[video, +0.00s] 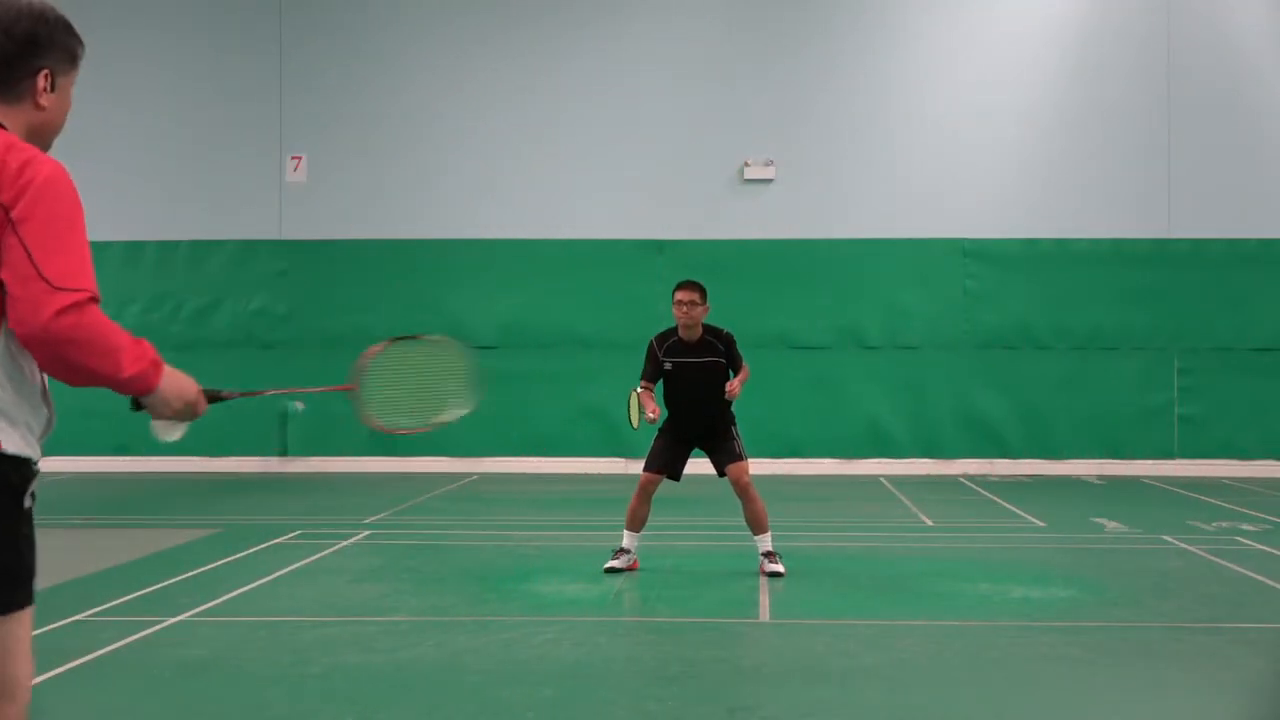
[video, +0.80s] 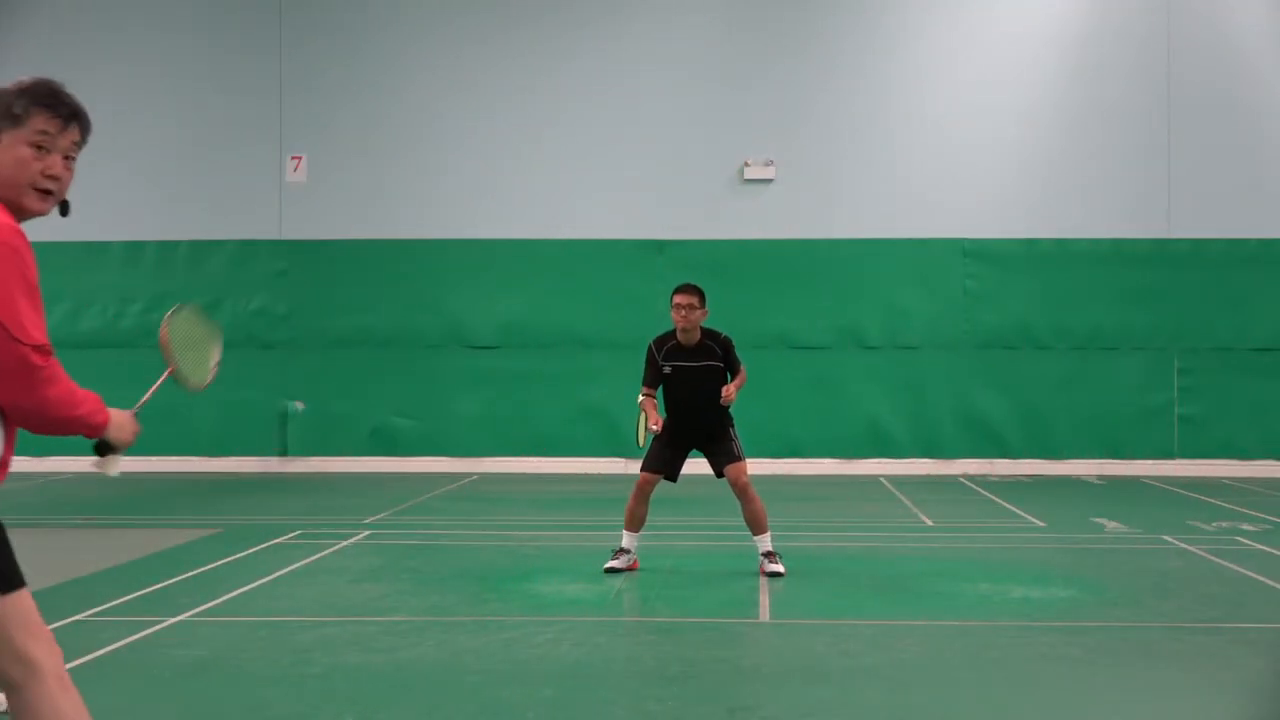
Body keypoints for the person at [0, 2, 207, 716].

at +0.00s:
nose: (69, 108)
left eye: (69, 89)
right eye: (70, 88)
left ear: (19, 86)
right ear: (44, 86)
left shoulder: (22, 175)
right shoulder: (27, 173)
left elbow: (39, 313)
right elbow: (49, 316)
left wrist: (142, 375)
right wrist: (152, 378)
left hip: (8, 457)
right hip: (1, 456)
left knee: (13, 684)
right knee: (8, 689)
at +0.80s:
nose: (57, 169)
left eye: (69, 158)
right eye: (40, 146)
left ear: (73, 170)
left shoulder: (11, 234)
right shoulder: (5, 235)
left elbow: (21, 370)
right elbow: (22, 375)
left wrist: (91, 419)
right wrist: (100, 420)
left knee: (32, 667)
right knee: (36, 668)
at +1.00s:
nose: (147, 186)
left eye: (151, 171)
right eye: (136, 166)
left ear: (78, 162)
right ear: (80, 159)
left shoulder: (14, 213)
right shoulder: (81, 248)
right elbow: (132, 387)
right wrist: (187, 435)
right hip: (19, 485)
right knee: (105, 654)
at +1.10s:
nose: (172, 185)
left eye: (174, 168)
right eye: (170, 166)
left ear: (89, 154)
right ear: (132, 161)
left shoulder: (10, 204)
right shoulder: (121, 247)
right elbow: (175, 392)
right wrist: (211, 429)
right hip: (32, 474)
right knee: (115, 652)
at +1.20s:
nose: (171, 179)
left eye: (174, 162)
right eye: (173, 161)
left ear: (87, 147)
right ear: (151, 158)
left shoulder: (8, 197)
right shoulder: (141, 242)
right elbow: (191, 382)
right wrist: (221, 412)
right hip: (40, 459)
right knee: (119, 652)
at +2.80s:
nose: (201, 228)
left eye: (202, 216)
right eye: (201, 217)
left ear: (121, 205)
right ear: (189, 217)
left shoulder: (51, 238)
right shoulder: (207, 289)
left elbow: (0, 308)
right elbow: (217, 410)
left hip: (26, 456)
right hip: (141, 473)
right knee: (166, 639)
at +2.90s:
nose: (200, 223)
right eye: (199, 212)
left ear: (122, 203)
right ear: (190, 214)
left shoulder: (51, 240)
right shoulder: (209, 282)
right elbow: (217, 379)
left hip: (30, 456)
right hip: (145, 468)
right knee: (166, 639)